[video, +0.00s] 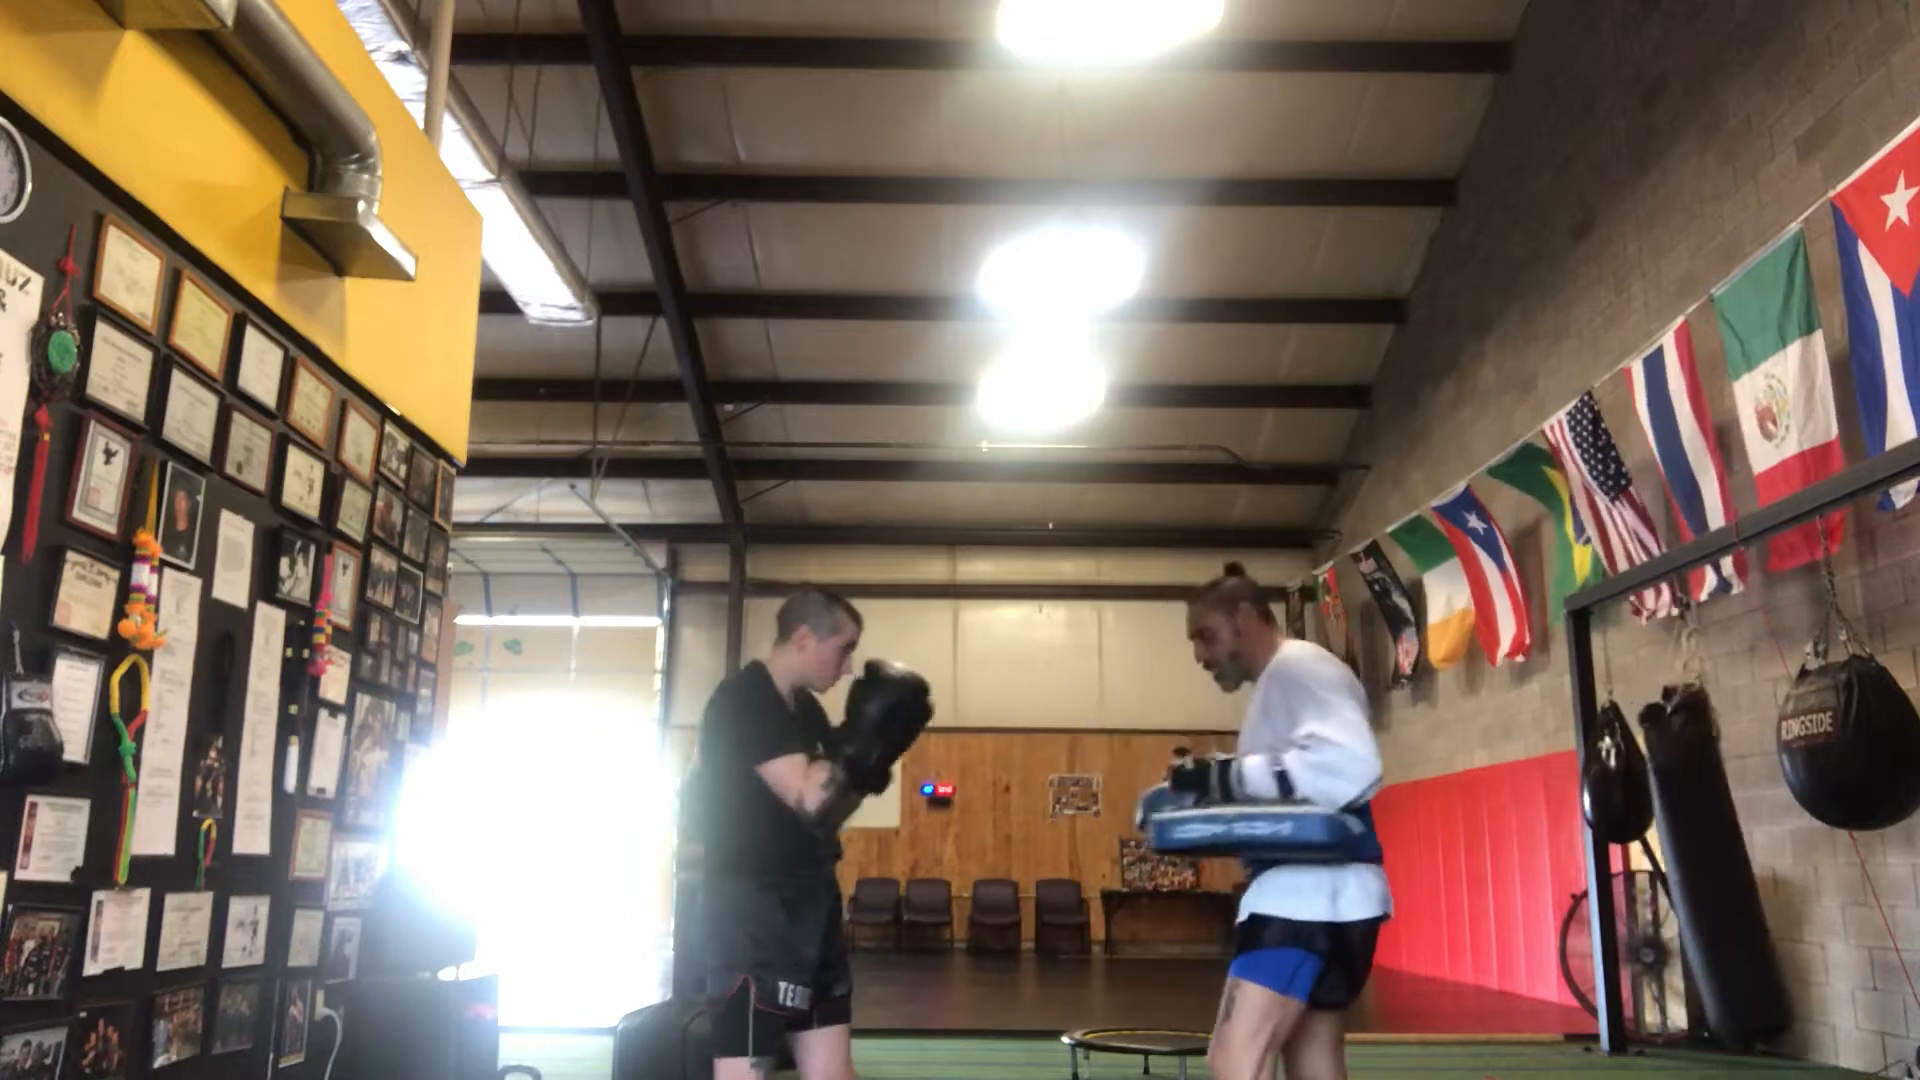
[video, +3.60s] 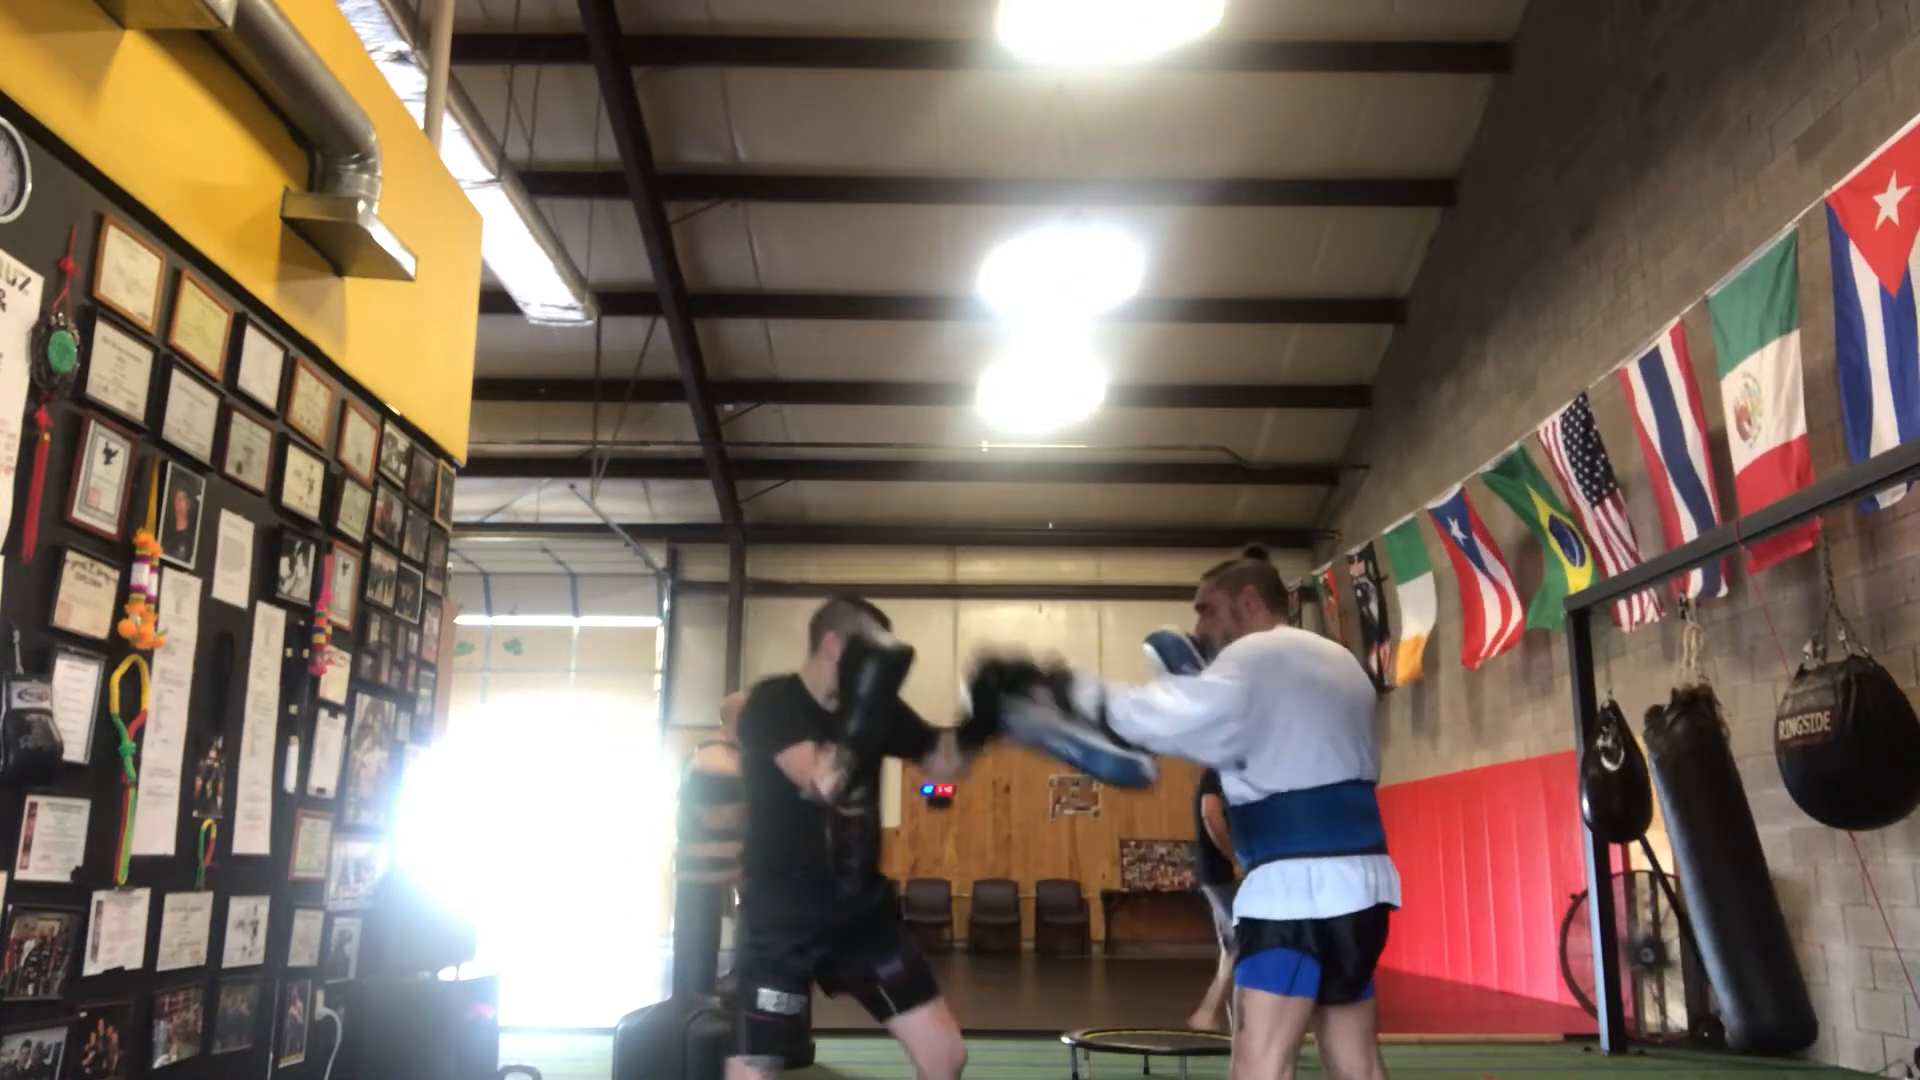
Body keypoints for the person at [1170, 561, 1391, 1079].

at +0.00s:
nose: (1199, 655)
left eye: (1206, 636)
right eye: (1195, 641)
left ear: (1246, 621)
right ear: (1245, 624)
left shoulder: (1301, 666)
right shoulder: (1276, 685)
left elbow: (1349, 764)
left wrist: (1227, 778)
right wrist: (1213, 781)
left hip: (1307, 895)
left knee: (1234, 1059)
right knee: (1316, 1065)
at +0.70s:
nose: (1163, 649)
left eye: (1168, 632)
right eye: (1159, 636)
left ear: (1208, 613)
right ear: (1212, 612)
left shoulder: (1254, 666)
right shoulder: (1297, 654)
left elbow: (1272, 791)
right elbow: (1287, 759)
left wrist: (1162, 780)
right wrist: (1202, 752)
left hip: (1282, 897)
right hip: (1333, 889)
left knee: (1247, 1066)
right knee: (1323, 1059)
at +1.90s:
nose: (1193, 645)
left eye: (1194, 629)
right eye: (1187, 632)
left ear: (1229, 611)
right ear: (1241, 609)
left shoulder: (1255, 668)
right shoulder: (1334, 663)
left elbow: (1208, 773)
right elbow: (1295, 758)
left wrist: (1105, 736)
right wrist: (1219, 712)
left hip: (1285, 895)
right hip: (1356, 889)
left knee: (1255, 1065)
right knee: (1352, 1062)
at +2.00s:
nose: (1182, 643)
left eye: (1184, 627)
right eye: (1178, 631)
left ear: (1219, 609)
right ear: (1229, 609)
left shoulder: (1238, 667)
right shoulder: (1325, 660)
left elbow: (1156, 755)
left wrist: (1053, 717)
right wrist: (1188, 712)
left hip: (1276, 895)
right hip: (1350, 890)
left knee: (1242, 1068)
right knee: (1347, 1064)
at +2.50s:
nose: (1170, 639)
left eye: (1173, 622)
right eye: (1166, 626)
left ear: (1210, 608)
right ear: (1216, 607)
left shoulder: (1242, 660)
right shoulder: (1315, 661)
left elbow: (1216, 768)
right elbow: (1290, 760)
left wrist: (1111, 736)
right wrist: (1205, 718)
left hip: (1269, 892)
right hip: (1336, 886)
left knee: (1246, 1065)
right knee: (1338, 1060)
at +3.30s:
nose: (1193, 648)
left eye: (1194, 632)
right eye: (1188, 635)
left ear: (1227, 614)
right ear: (1236, 614)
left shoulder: (1244, 669)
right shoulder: (1333, 659)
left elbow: (1149, 734)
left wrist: (1060, 688)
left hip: (1301, 891)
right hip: (1371, 884)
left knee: (1268, 1063)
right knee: (1358, 1060)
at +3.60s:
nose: (1200, 626)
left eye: (1206, 611)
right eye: (1198, 613)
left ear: (1248, 602)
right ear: (1259, 601)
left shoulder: (1251, 659)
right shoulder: (1343, 661)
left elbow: (1166, 717)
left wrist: (1068, 687)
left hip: (1292, 894)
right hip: (1365, 887)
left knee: (1260, 1064)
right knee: (1358, 1064)